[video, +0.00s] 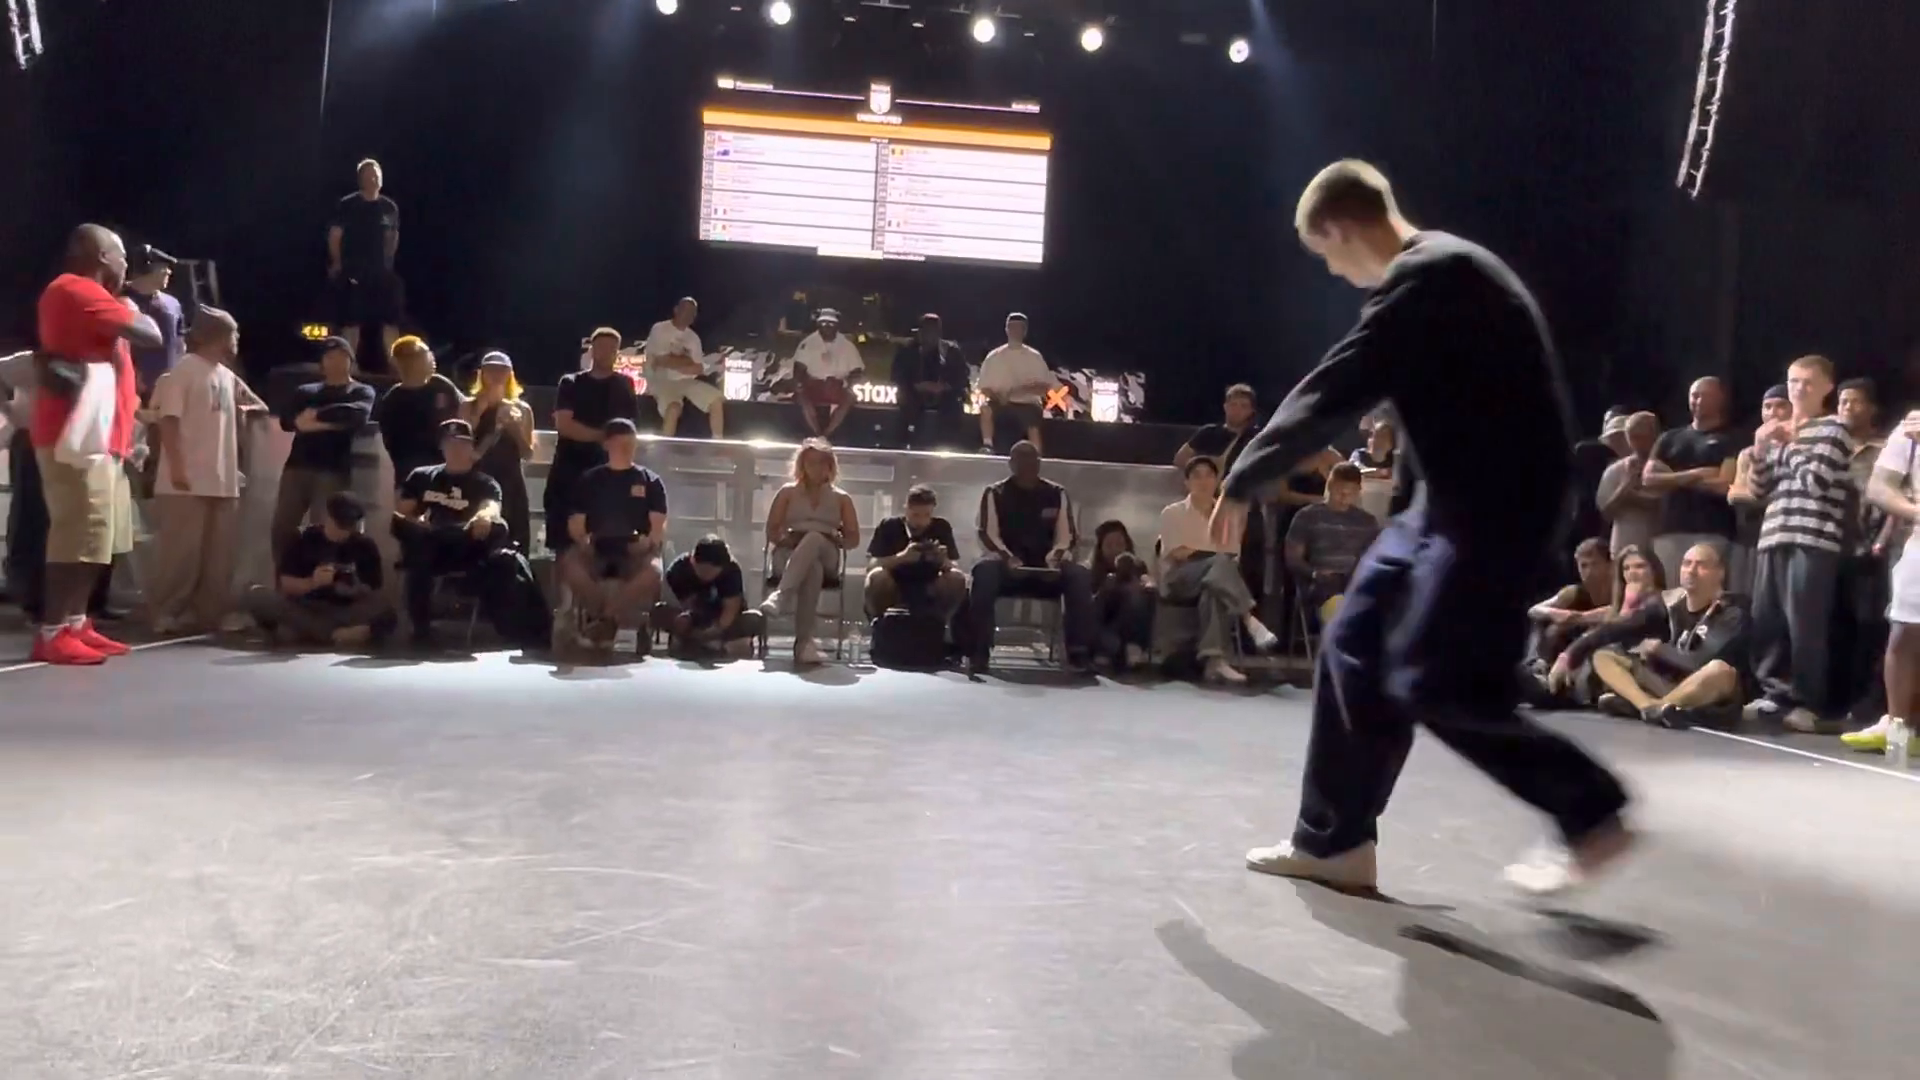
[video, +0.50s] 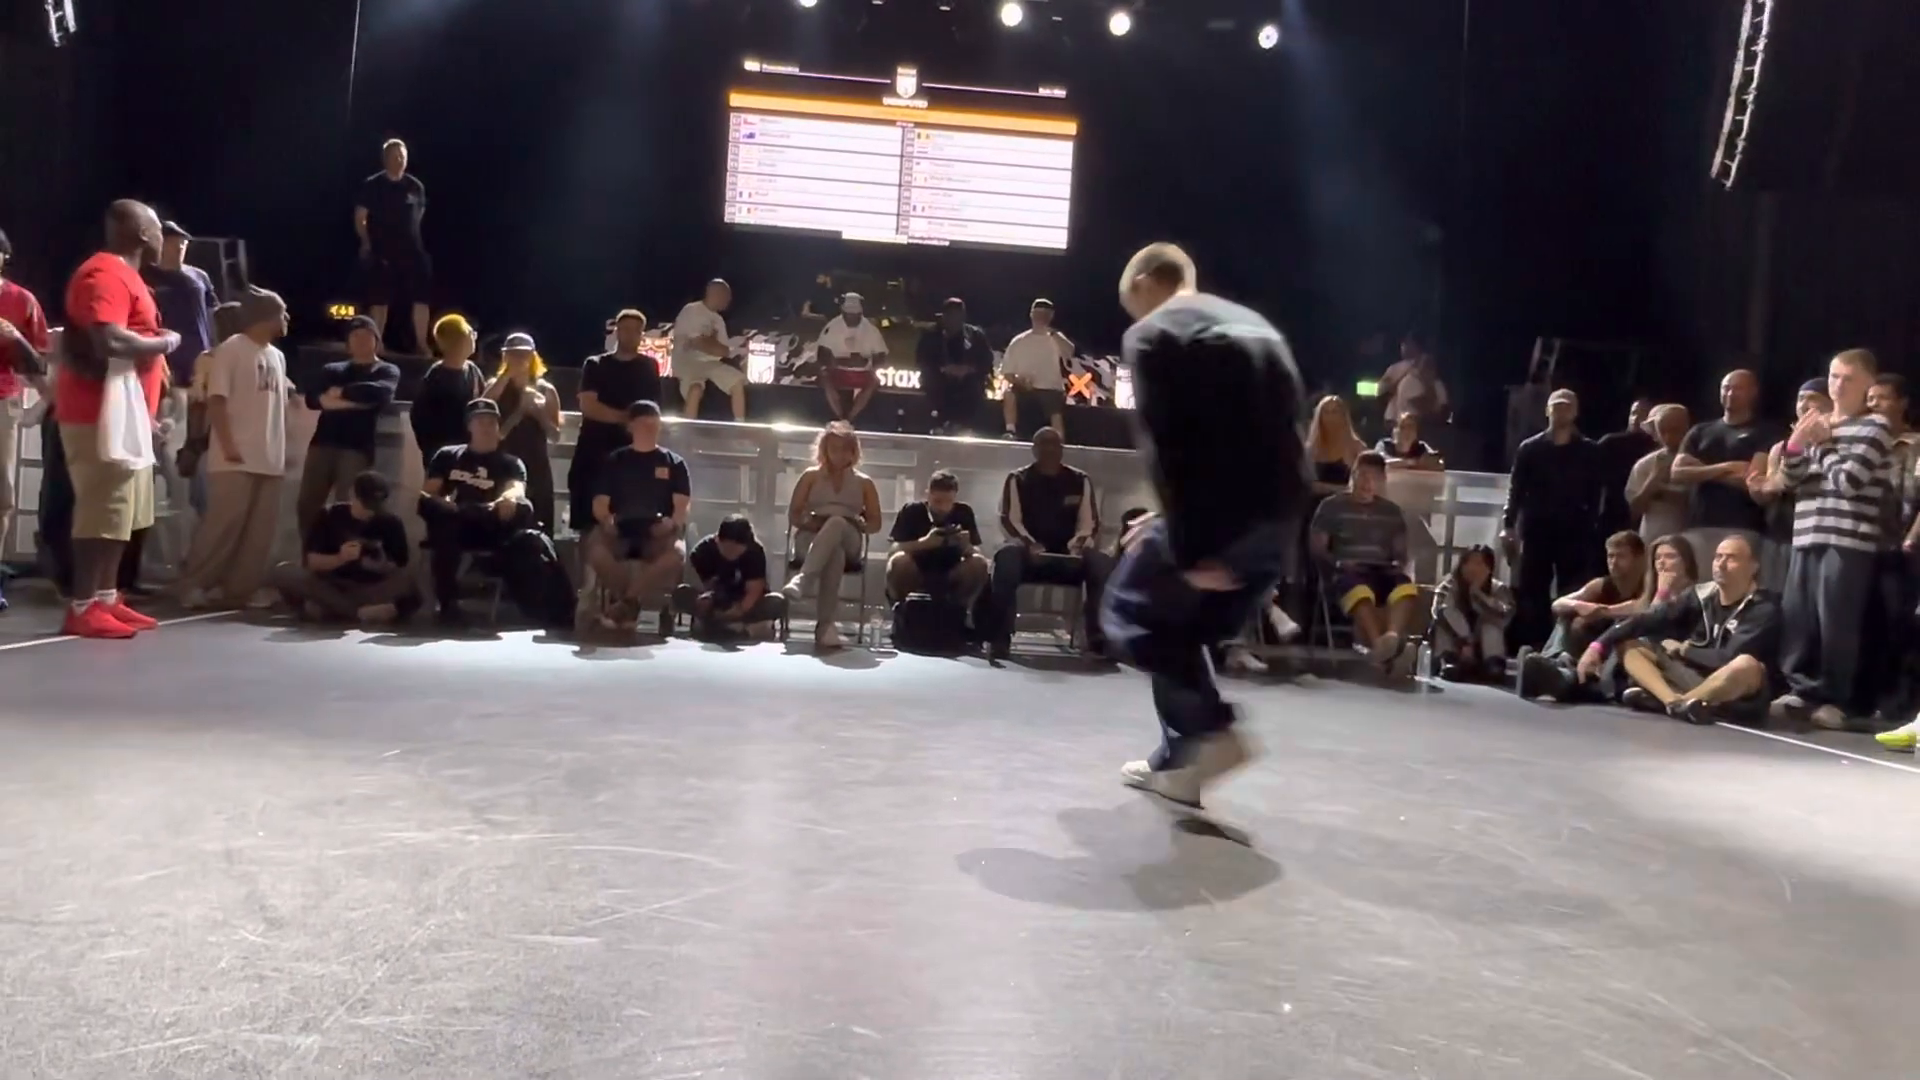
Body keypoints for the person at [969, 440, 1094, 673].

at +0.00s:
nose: (1027, 466)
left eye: (1032, 459)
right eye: (1021, 460)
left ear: (1039, 463)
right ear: (1011, 463)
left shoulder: (1057, 494)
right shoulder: (994, 493)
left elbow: (1065, 535)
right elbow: (988, 534)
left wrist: (1057, 553)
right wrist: (1006, 556)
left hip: (1046, 570)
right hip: (1011, 569)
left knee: (1078, 575)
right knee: (984, 570)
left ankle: (1079, 654)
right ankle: (979, 655)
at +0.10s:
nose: (1033, 462)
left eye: (1037, 456)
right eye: (1027, 456)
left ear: (1044, 460)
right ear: (1017, 460)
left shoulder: (1062, 491)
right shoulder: (999, 490)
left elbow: (1071, 531)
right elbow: (993, 531)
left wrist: (1062, 550)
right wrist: (1012, 553)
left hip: (1051, 567)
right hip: (1016, 566)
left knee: (1083, 572)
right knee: (990, 567)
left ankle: (1084, 652)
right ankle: (984, 651)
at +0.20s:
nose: (1039, 459)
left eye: (1043, 453)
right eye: (1033, 453)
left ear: (1049, 457)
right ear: (1021, 457)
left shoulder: (1067, 488)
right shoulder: (1004, 487)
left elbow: (1076, 530)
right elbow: (998, 528)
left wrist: (1067, 547)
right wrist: (1017, 550)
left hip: (1056, 564)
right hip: (1021, 562)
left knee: (1088, 569)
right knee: (995, 563)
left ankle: (1089, 647)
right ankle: (989, 647)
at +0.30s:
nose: (1042, 455)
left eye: (1047, 449)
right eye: (1036, 449)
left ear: (1054, 453)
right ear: (1025, 453)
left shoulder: (1071, 485)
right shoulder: (1009, 484)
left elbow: (1079, 527)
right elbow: (1003, 525)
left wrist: (1070, 545)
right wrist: (1020, 547)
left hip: (1060, 562)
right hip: (1025, 560)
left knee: (1092, 566)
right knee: (998, 560)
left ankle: (1092, 645)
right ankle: (992, 645)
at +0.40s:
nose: (1047, 453)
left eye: (1051, 446)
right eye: (1041, 446)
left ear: (1058, 450)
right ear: (1030, 450)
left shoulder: (1076, 482)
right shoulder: (1013, 481)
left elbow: (1085, 523)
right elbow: (1006, 521)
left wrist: (1076, 542)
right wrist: (1025, 544)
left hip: (1064, 560)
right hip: (1029, 558)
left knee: (1096, 563)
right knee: (1003, 558)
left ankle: (1096, 642)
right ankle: (996, 642)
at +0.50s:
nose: (1051, 450)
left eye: (1056, 444)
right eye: (1044, 444)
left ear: (1062, 448)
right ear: (1034, 448)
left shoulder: (1080, 480)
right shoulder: (1018, 479)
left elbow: (1088, 522)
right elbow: (1011, 520)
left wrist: (1079, 541)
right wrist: (1028, 543)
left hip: (1068, 558)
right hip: (1032, 556)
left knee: (1101, 562)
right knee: (1007, 556)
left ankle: (1097, 641)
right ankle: (1000, 641)